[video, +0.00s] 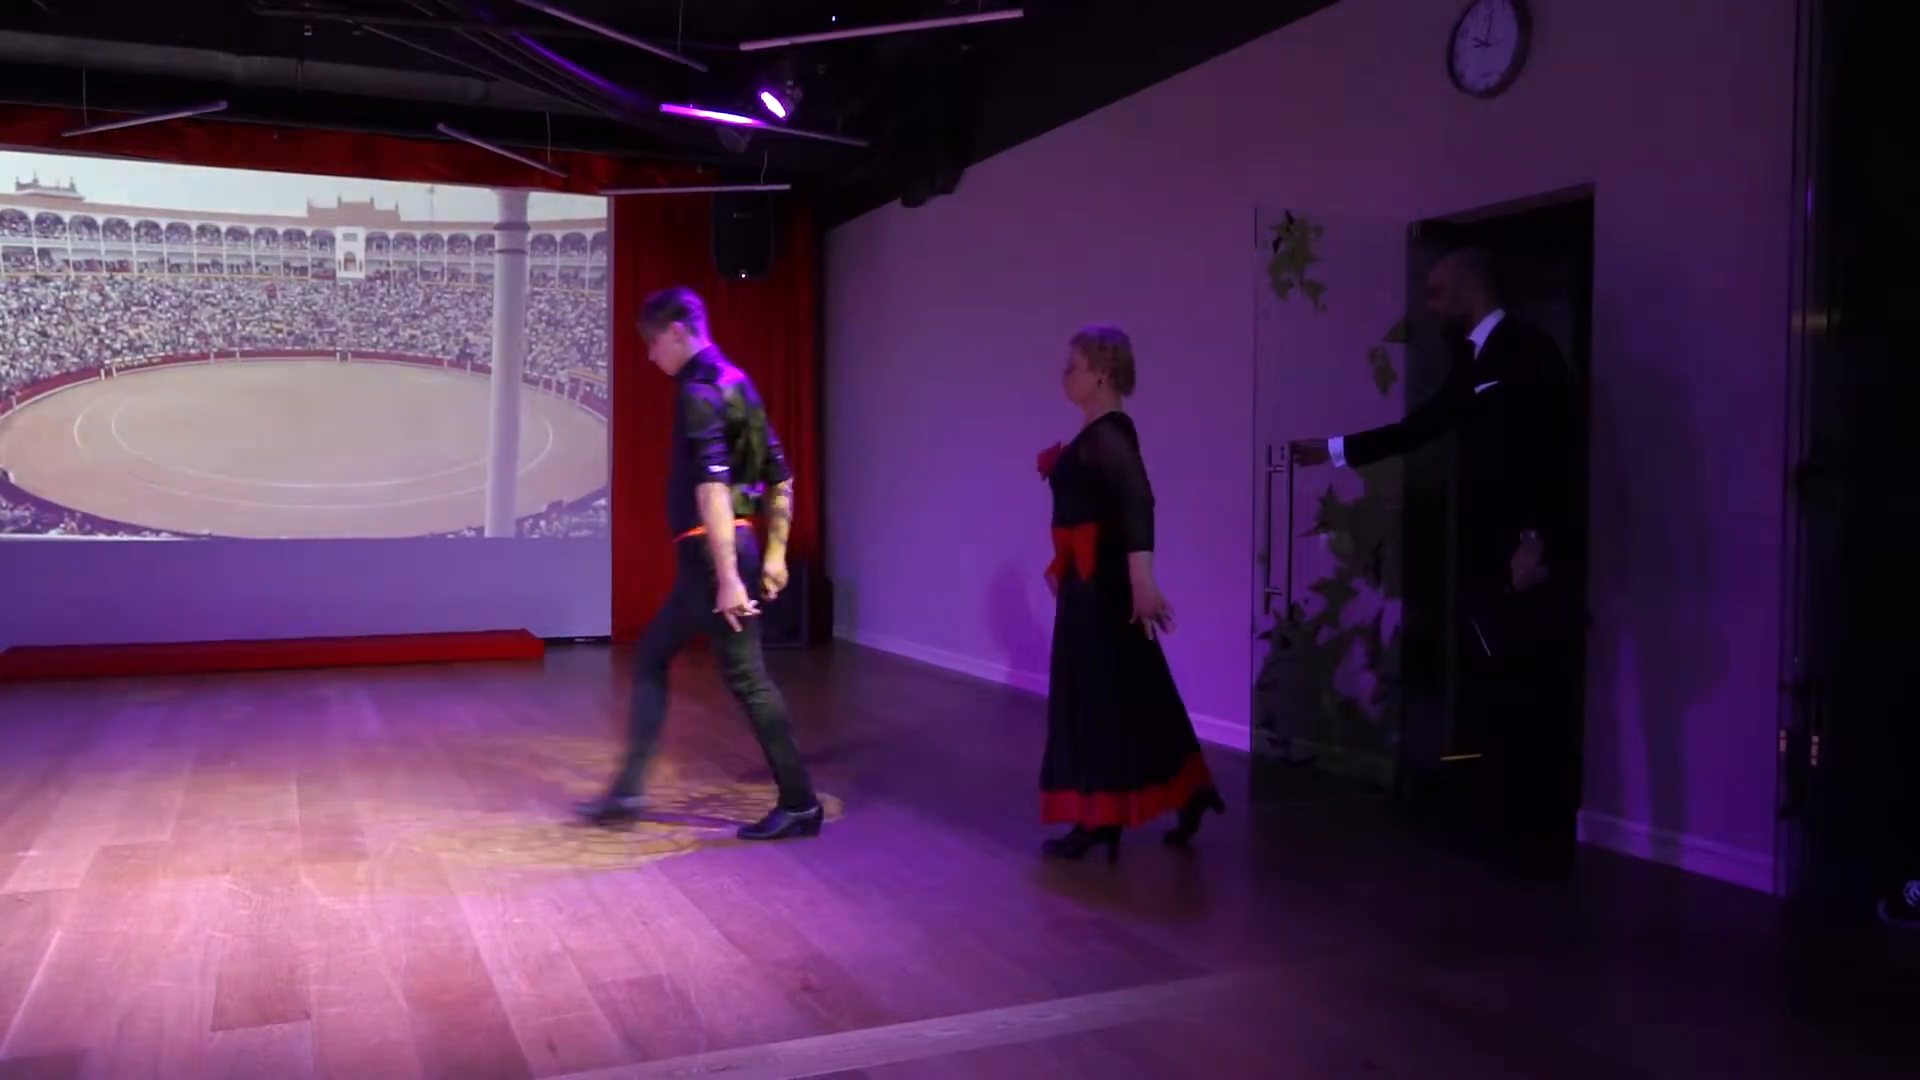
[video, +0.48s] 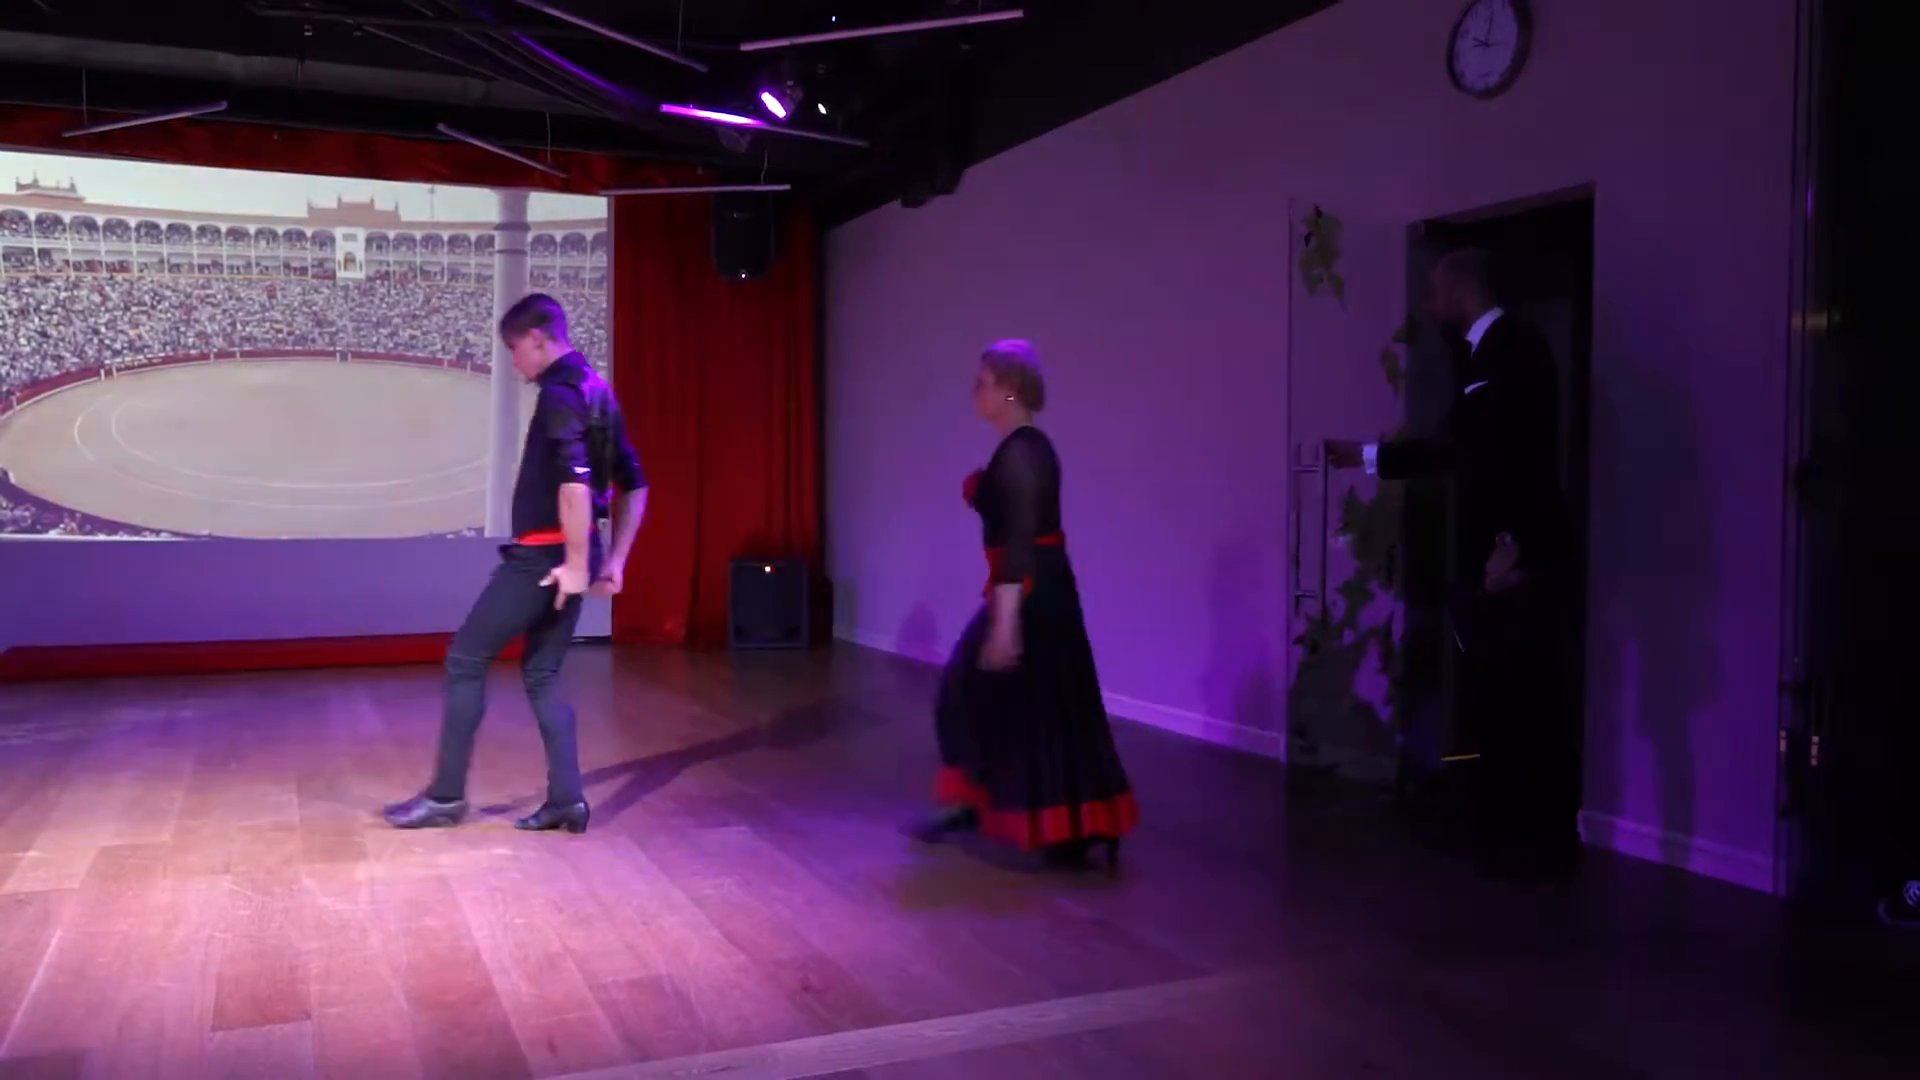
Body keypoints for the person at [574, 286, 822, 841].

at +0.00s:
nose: (652, 355)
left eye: (654, 342)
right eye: (650, 344)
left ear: (682, 331)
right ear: (688, 332)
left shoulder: (699, 391)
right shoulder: (737, 384)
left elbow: (714, 487)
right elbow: (779, 479)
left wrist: (728, 577)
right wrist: (775, 553)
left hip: (713, 555)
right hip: (727, 550)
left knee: (749, 680)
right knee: (653, 654)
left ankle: (800, 802)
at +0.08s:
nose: (626, 356)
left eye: (629, 344)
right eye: (624, 345)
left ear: (657, 334)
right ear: (666, 335)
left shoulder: (670, 395)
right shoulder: (713, 388)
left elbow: (685, 491)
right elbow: (754, 483)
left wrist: (704, 577)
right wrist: (750, 560)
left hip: (682, 558)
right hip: (695, 554)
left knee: (718, 679)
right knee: (620, 658)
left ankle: (792, 794)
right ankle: (583, 791)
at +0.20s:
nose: (589, 360)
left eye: (591, 347)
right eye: (587, 349)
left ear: (618, 335)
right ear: (629, 335)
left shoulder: (631, 391)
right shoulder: (674, 387)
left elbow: (645, 483)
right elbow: (711, 485)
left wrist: (666, 572)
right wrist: (698, 565)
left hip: (628, 556)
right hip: (644, 554)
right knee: (582, 667)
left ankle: (731, 764)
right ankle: (569, 798)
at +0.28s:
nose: (567, 360)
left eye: (568, 348)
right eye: (564, 349)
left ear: (593, 337)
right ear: (604, 336)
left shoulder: (610, 392)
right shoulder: (648, 386)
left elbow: (625, 482)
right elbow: (683, 487)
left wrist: (639, 568)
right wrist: (663, 564)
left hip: (597, 555)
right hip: (620, 552)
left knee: (547, 674)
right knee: (569, 676)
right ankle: (567, 799)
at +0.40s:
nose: (533, 362)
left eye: (536, 348)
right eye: (531, 350)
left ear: (562, 339)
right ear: (574, 339)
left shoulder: (580, 391)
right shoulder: (619, 388)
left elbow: (595, 481)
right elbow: (648, 487)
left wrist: (602, 563)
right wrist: (634, 564)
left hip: (557, 555)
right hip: (593, 559)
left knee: (479, 656)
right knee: (553, 675)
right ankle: (568, 800)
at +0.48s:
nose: (514, 362)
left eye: (516, 350)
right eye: (512, 351)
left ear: (544, 338)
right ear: (551, 338)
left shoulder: (560, 393)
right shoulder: (596, 388)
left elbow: (574, 483)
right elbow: (634, 484)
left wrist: (578, 566)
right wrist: (616, 561)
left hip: (537, 557)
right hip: (574, 557)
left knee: (464, 660)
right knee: (542, 675)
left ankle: (445, 794)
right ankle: (567, 801)